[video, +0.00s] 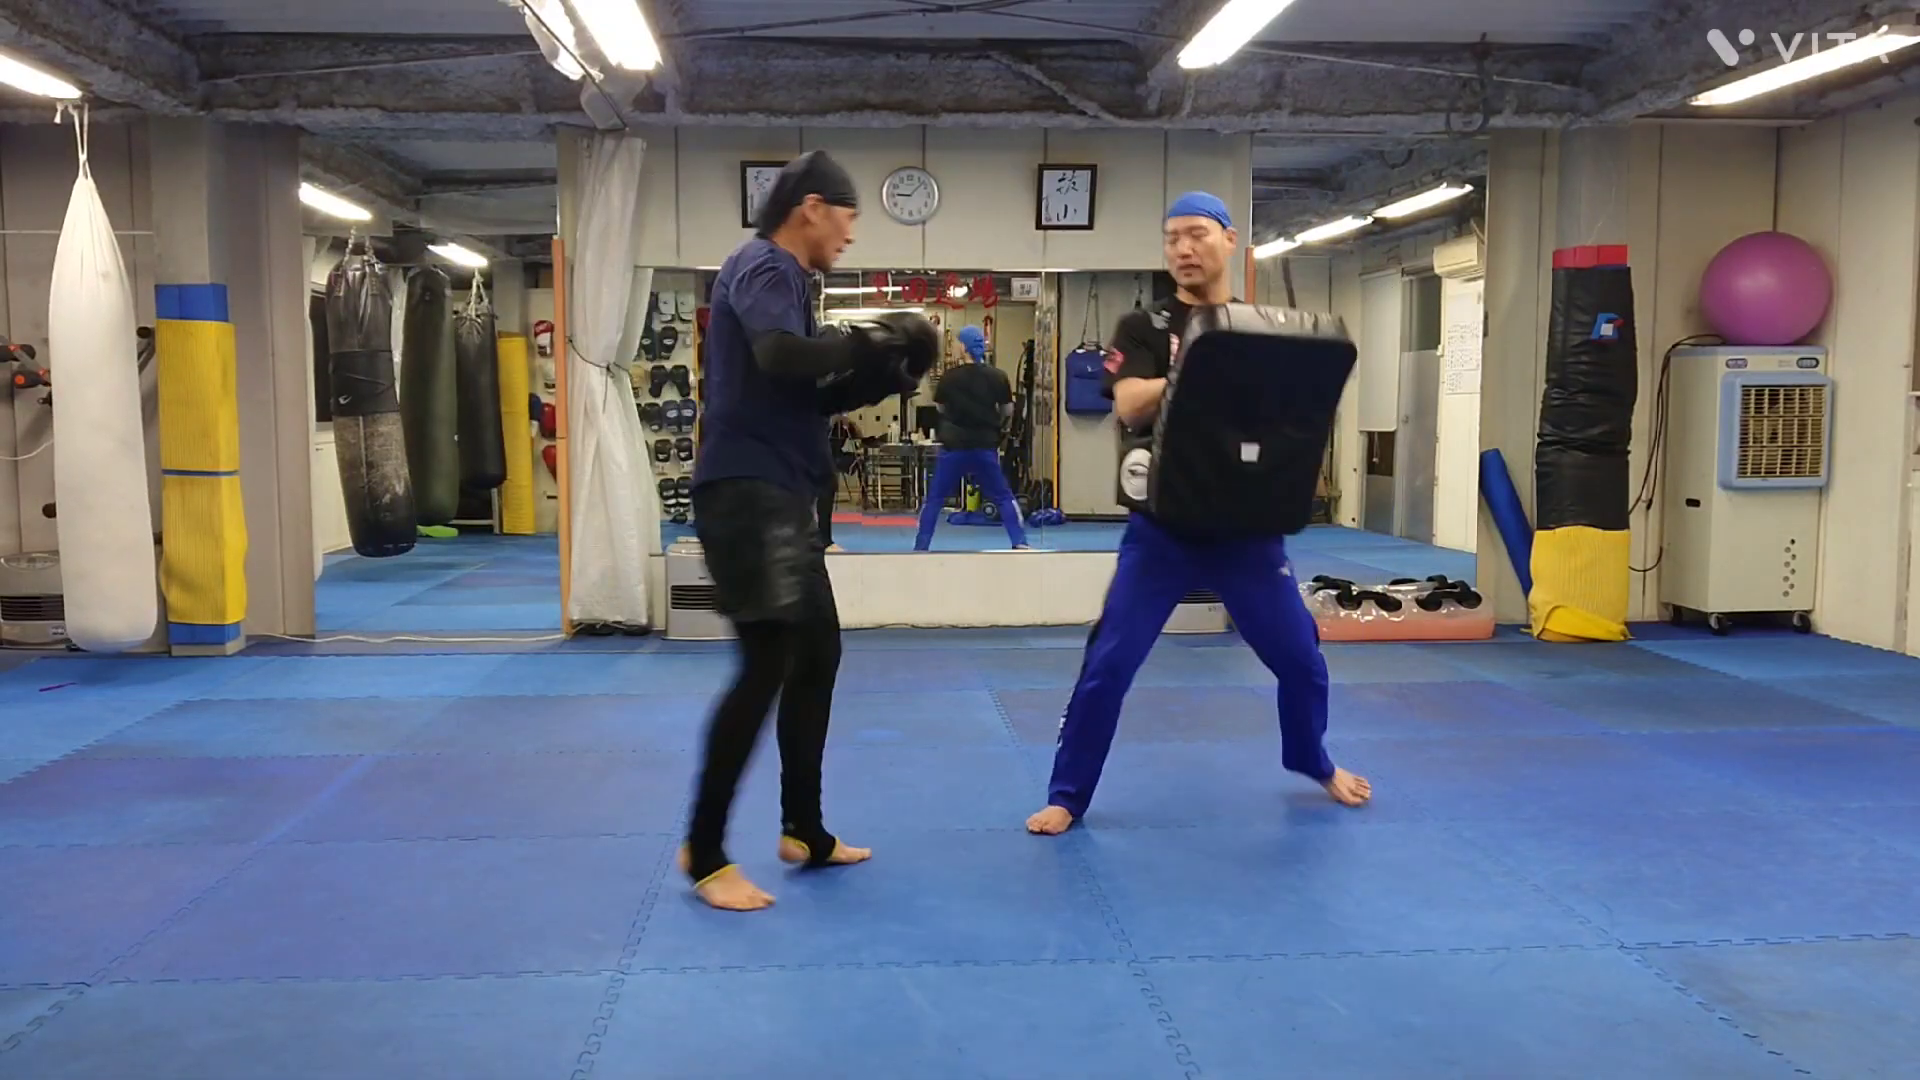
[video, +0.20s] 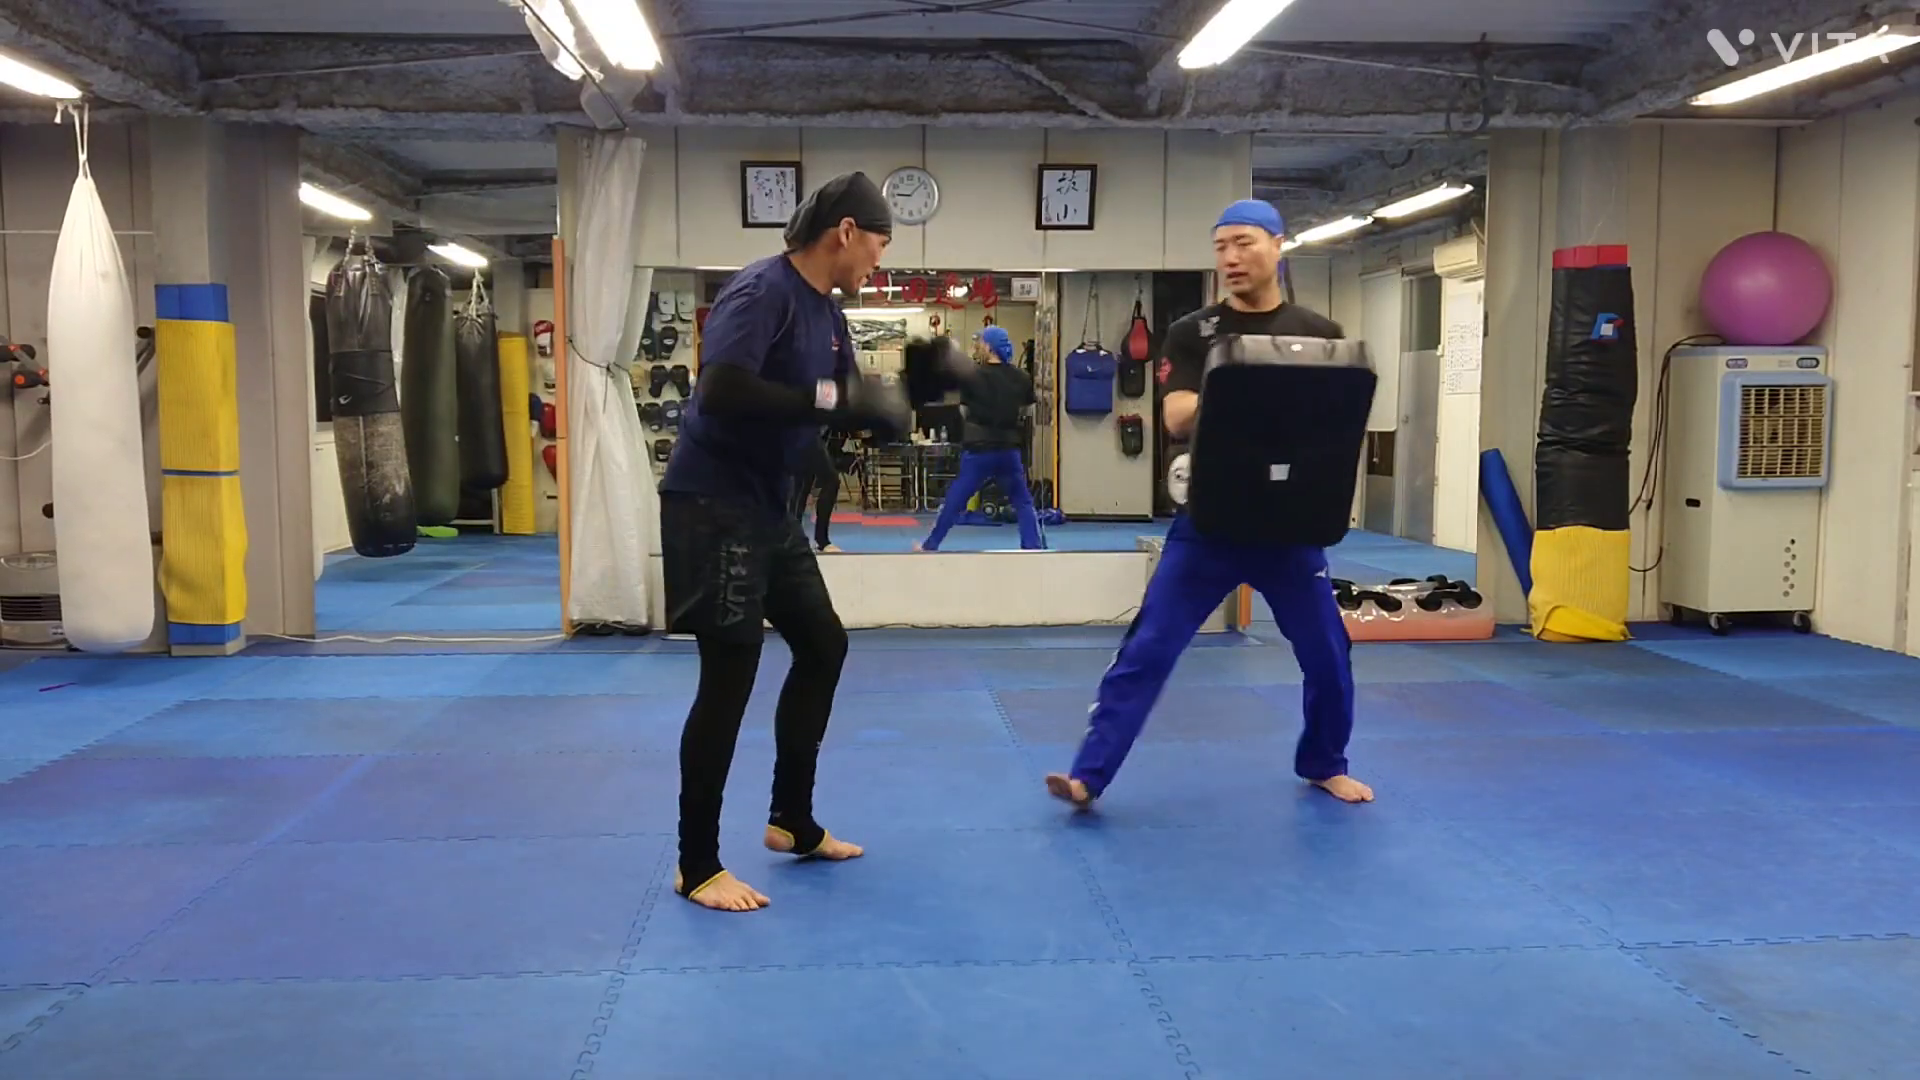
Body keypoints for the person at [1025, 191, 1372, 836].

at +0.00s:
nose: (1184, 248)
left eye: (1197, 234)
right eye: (1173, 238)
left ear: (1230, 243)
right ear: (1165, 252)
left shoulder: (1267, 330)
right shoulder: (1145, 325)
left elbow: (1291, 413)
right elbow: (1127, 404)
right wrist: (1196, 378)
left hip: (1248, 535)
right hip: (1159, 532)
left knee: (1304, 662)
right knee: (1107, 663)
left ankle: (1311, 758)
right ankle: (1066, 797)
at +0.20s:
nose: (1232, 257)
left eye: (1245, 242)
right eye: (1223, 247)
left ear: (1277, 248)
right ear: (1215, 259)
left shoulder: (1321, 335)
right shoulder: (1190, 334)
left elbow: (1341, 423)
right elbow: (1177, 418)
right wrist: (1239, 399)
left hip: (1287, 527)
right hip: (1207, 524)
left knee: (1329, 656)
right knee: (1149, 646)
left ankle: (1325, 764)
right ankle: (1088, 775)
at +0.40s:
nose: (1242, 245)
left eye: (1255, 232)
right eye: (1232, 236)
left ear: (1287, 236)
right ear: (1224, 246)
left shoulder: (1321, 317)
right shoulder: (1203, 316)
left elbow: (1338, 400)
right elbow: (1181, 396)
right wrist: (1236, 366)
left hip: (1299, 508)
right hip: (1217, 505)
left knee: (1327, 643)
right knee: (1191, 641)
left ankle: (1330, 766)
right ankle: (1182, 746)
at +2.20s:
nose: (1284, 278)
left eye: (1294, 267)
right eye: (1274, 270)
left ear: (1321, 270)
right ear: (1266, 278)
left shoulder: (1347, 338)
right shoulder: (1244, 342)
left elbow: (1371, 407)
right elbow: (1227, 405)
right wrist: (1288, 380)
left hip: (1340, 510)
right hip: (1267, 510)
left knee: (1374, 622)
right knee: (1227, 619)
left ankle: (1390, 724)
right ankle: (1184, 724)